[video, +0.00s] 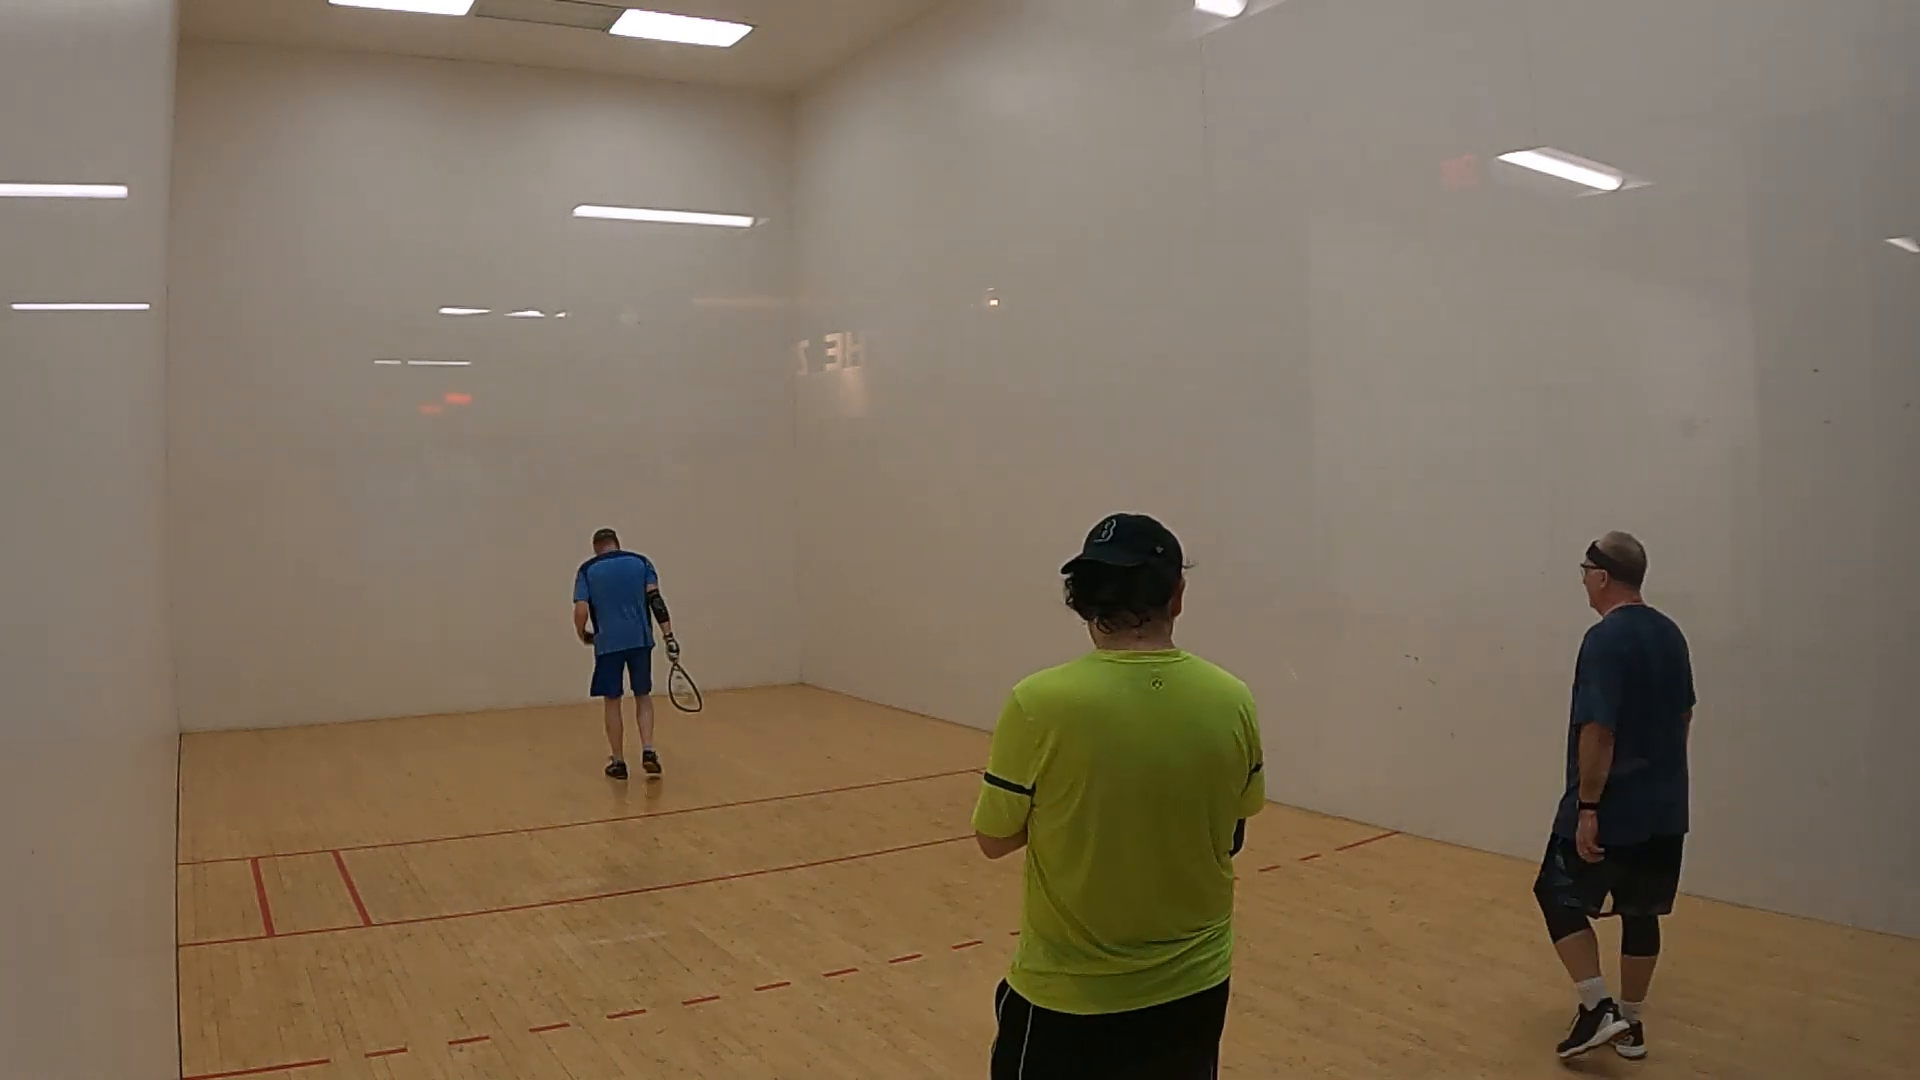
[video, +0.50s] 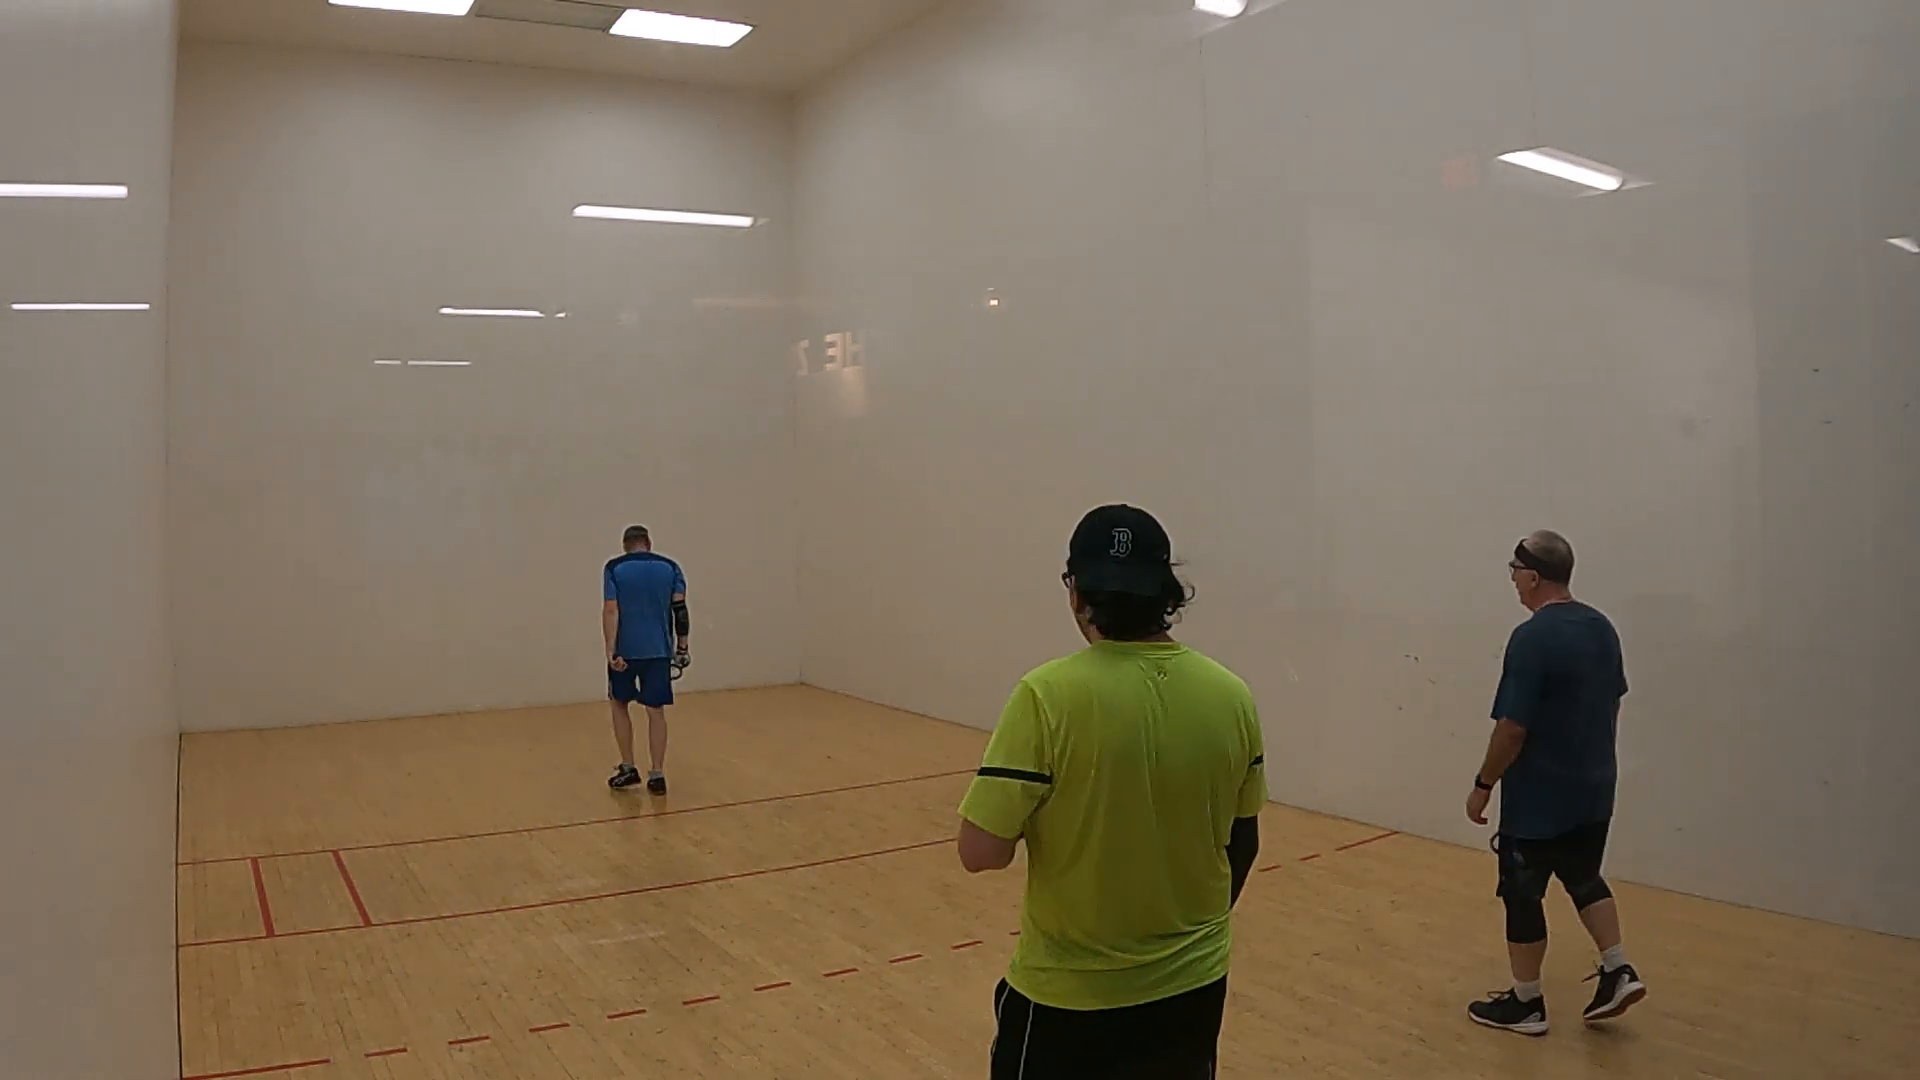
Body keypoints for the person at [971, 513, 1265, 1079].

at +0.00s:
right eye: (1186, 585)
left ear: (1082, 599)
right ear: (1178, 596)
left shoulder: (1039, 703)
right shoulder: (1230, 701)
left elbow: (994, 838)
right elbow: (1232, 833)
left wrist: (1069, 796)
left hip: (1061, 1016)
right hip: (1188, 1010)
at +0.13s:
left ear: (1082, 600)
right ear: (1178, 595)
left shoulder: (1041, 702)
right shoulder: (1230, 699)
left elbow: (994, 838)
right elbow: (1232, 830)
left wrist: (1071, 798)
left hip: (1062, 1014)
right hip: (1189, 1007)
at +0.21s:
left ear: (1080, 598)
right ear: (1178, 596)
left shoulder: (1041, 702)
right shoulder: (1229, 699)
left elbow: (993, 838)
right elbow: (1230, 831)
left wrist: (1071, 798)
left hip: (1061, 1014)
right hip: (1189, 1008)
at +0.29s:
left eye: (1082, 590)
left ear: (1082, 600)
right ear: (1177, 596)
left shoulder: (1042, 700)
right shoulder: (1229, 697)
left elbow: (991, 840)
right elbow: (1230, 832)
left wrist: (1067, 795)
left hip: (1064, 1013)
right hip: (1190, 1005)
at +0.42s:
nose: (1073, 599)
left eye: (1073, 587)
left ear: (1079, 596)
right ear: (1170, 591)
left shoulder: (1044, 698)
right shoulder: (1230, 696)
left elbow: (982, 847)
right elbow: (1234, 844)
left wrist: (1050, 797)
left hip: (1065, 1013)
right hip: (1189, 1004)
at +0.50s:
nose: (1069, 597)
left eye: (1069, 584)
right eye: (1071, 582)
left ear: (1078, 595)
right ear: (1165, 590)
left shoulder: (1047, 695)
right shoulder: (1229, 696)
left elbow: (981, 850)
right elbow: (1242, 847)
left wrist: (1038, 796)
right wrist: (1201, 927)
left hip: (1065, 1011)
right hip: (1190, 1002)